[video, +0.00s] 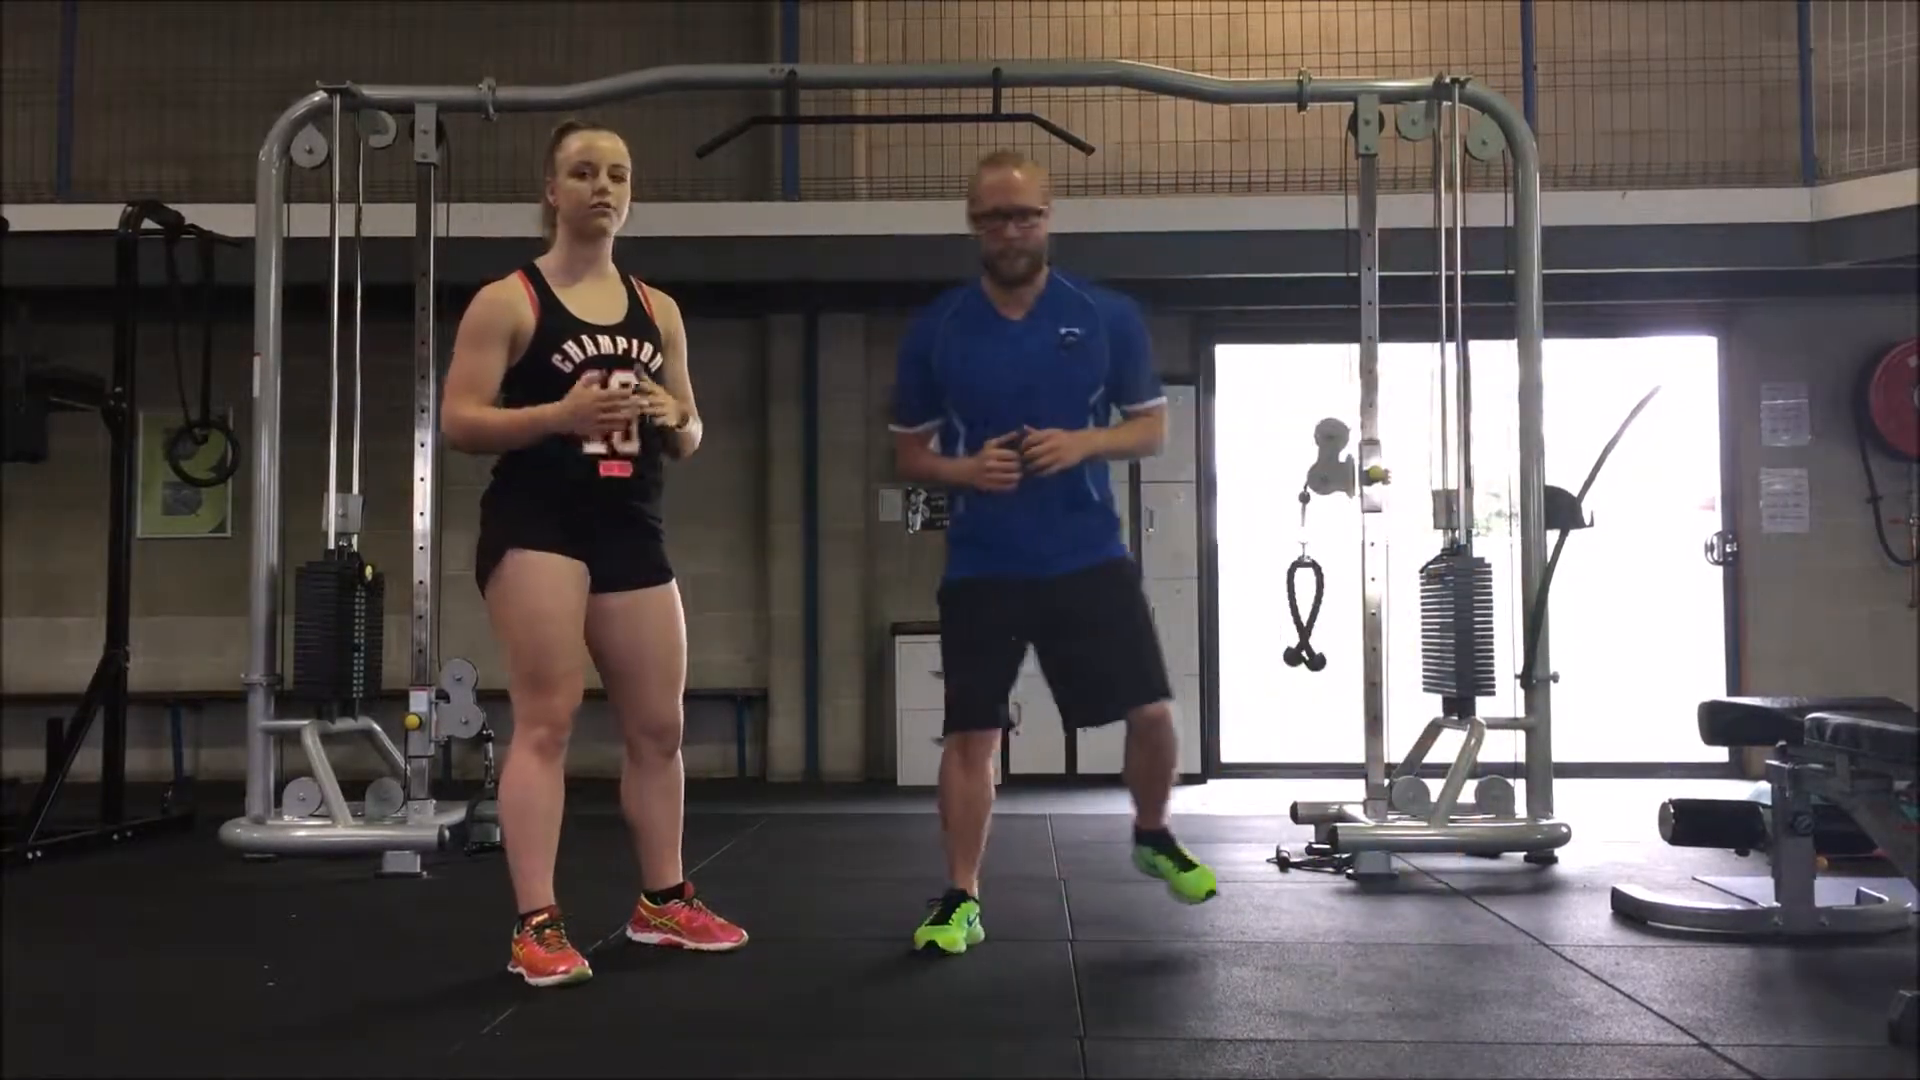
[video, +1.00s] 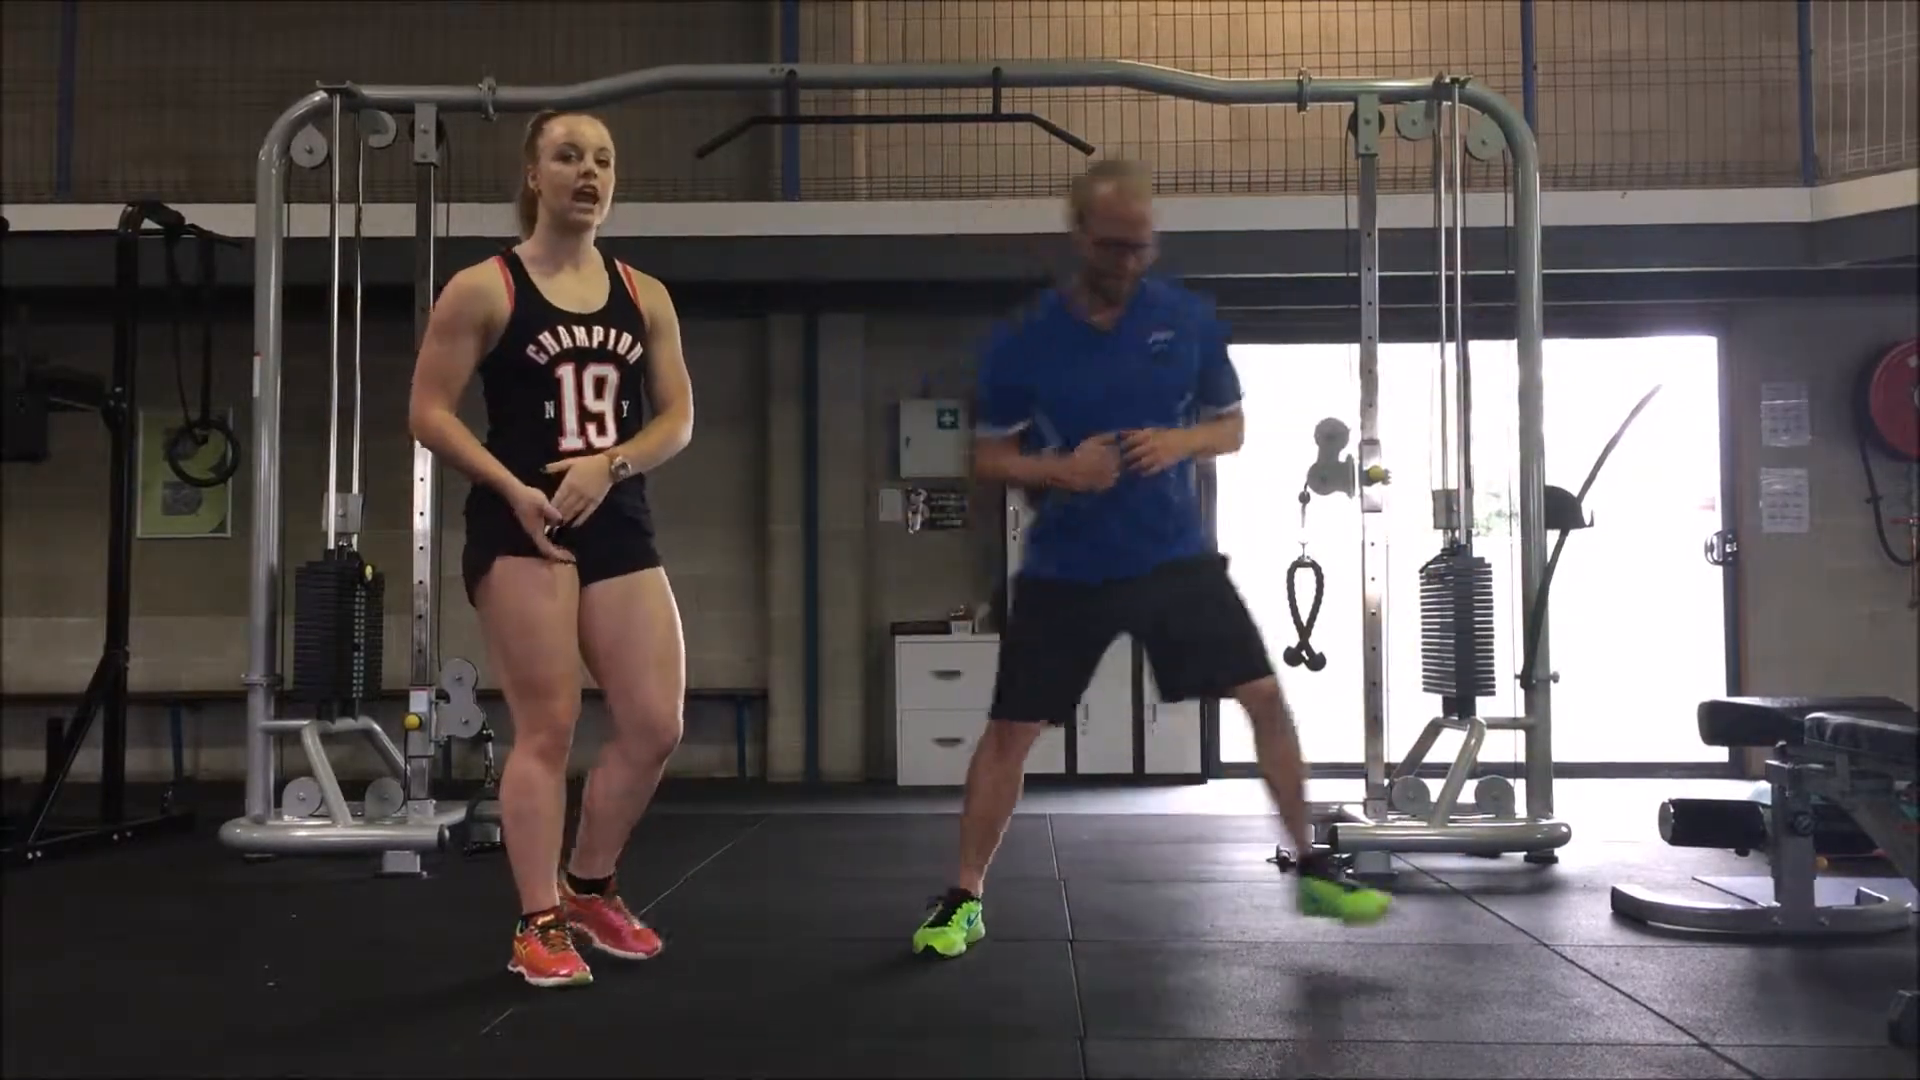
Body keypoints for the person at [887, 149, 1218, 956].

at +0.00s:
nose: (1011, 231)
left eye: (1025, 216)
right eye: (994, 218)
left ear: (1050, 219)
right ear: (972, 225)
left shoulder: (1108, 318)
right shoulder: (936, 332)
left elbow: (1151, 429)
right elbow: (908, 455)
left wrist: (1083, 443)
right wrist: (965, 468)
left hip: (1088, 560)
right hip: (984, 568)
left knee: (1152, 713)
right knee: (971, 733)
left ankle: (1152, 835)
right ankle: (960, 897)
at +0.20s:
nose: (970, 236)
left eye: (985, 220)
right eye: (954, 221)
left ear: (1012, 217)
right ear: (931, 220)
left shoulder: (1064, 310)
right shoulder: (895, 328)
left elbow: (1114, 423)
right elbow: (871, 452)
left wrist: (1042, 443)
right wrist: (926, 471)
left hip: (1054, 553)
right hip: (950, 563)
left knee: (1124, 706)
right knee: (949, 729)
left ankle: (1128, 822)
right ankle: (957, 898)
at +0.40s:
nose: (954, 265)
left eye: (968, 247)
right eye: (937, 250)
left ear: (989, 230)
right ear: (909, 236)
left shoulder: (1046, 311)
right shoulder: (875, 334)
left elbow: (1095, 417)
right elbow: (859, 459)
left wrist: (1032, 452)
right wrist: (903, 476)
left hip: (1049, 552)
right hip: (942, 564)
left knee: (1123, 700)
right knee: (937, 730)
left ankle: (1140, 820)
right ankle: (954, 898)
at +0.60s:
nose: (957, 275)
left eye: (970, 257)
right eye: (939, 261)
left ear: (989, 237)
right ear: (907, 244)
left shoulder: (1048, 315)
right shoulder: (882, 345)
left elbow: (1105, 417)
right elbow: (869, 472)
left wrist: (1043, 460)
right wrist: (901, 492)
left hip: (1061, 557)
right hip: (952, 568)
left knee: (1127, 712)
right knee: (941, 730)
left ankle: (1133, 839)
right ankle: (954, 896)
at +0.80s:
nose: (1004, 305)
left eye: (1017, 287)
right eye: (986, 290)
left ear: (1034, 272)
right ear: (951, 278)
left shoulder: (1087, 348)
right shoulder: (919, 382)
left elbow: (1141, 452)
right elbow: (900, 506)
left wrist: (1077, 501)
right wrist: (938, 536)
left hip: (1092, 584)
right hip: (984, 591)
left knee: (1148, 733)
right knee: (962, 744)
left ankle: (1133, 873)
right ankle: (959, 900)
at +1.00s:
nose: (1128, 263)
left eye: (1141, 247)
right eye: (1112, 246)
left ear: (1155, 238)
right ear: (1077, 234)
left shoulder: (1188, 320)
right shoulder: (1024, 341)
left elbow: (1229, 429)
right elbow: (987, 456)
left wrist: (1178, 442)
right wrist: (1058, 469)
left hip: (1174, 563)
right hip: (1064, 572)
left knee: (1262, 694)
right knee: (1010, 729)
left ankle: (1307, 861)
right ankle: (964, 897)